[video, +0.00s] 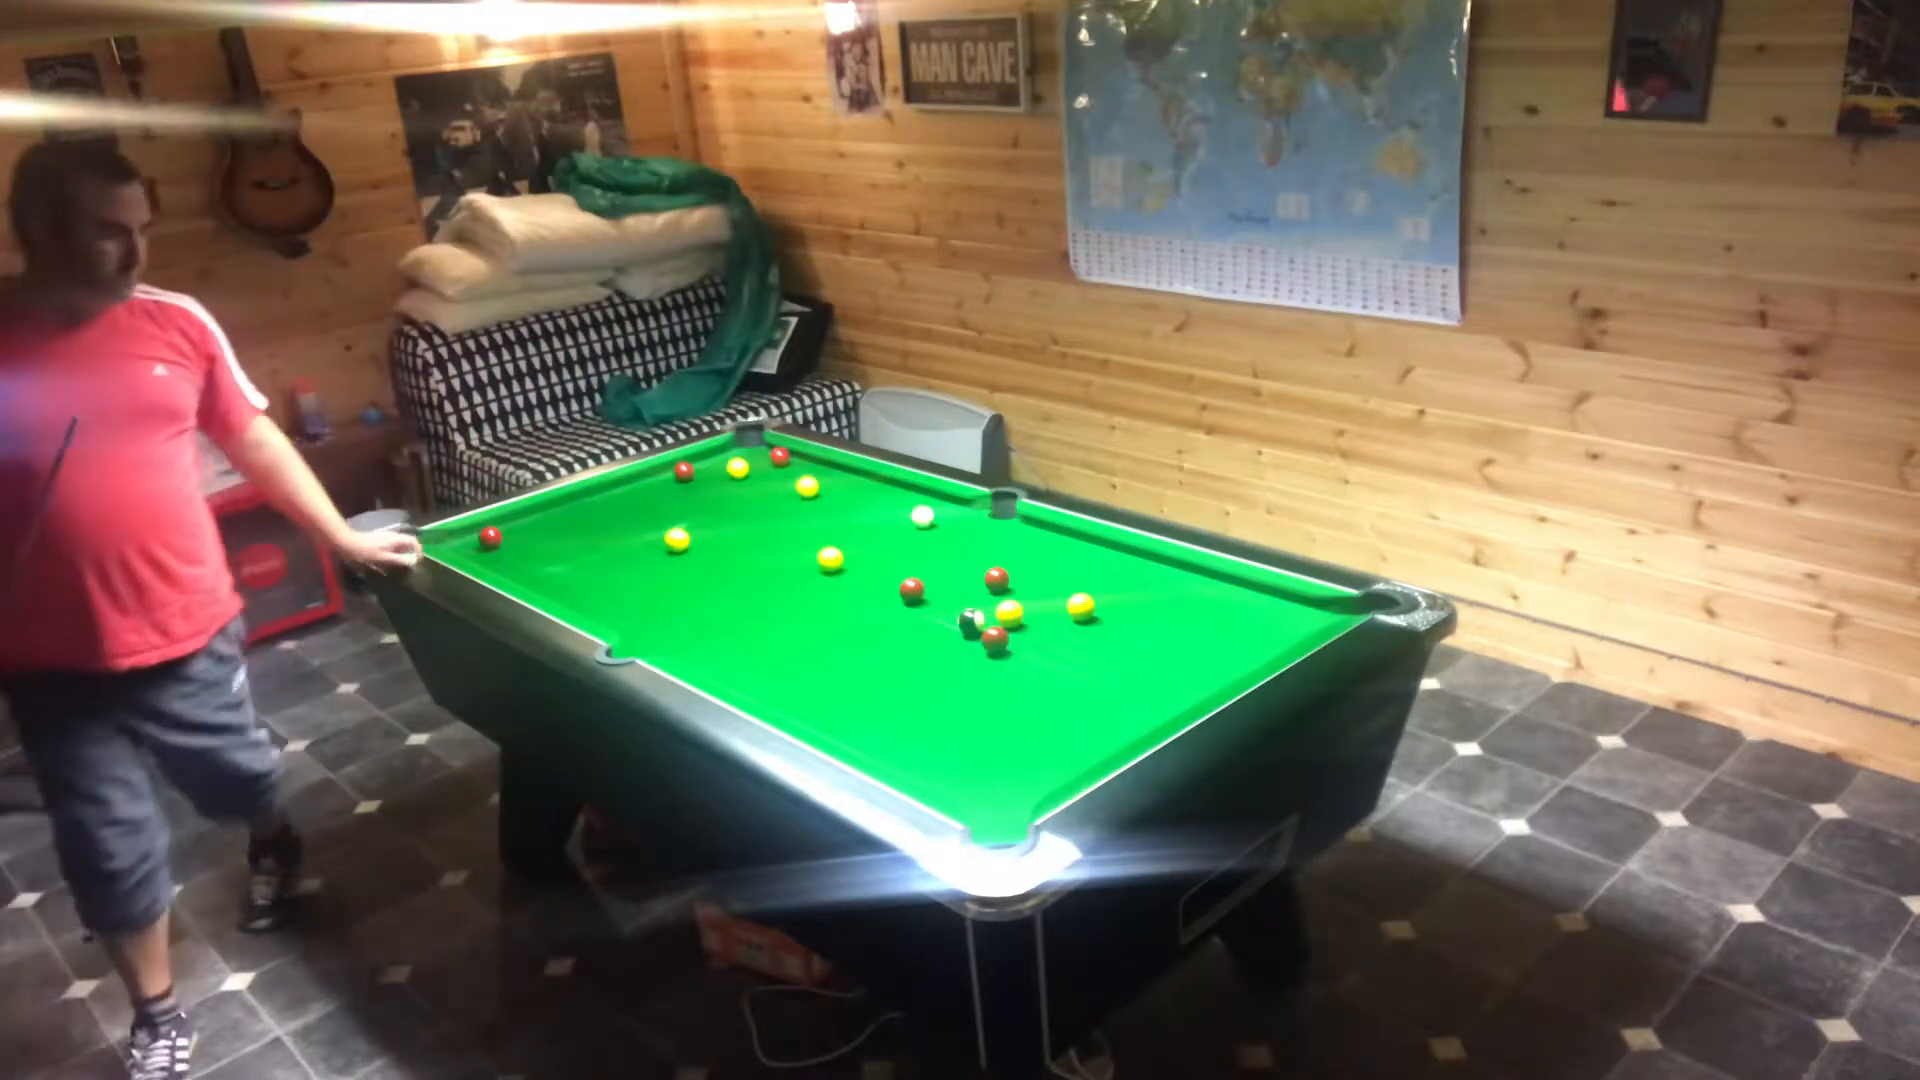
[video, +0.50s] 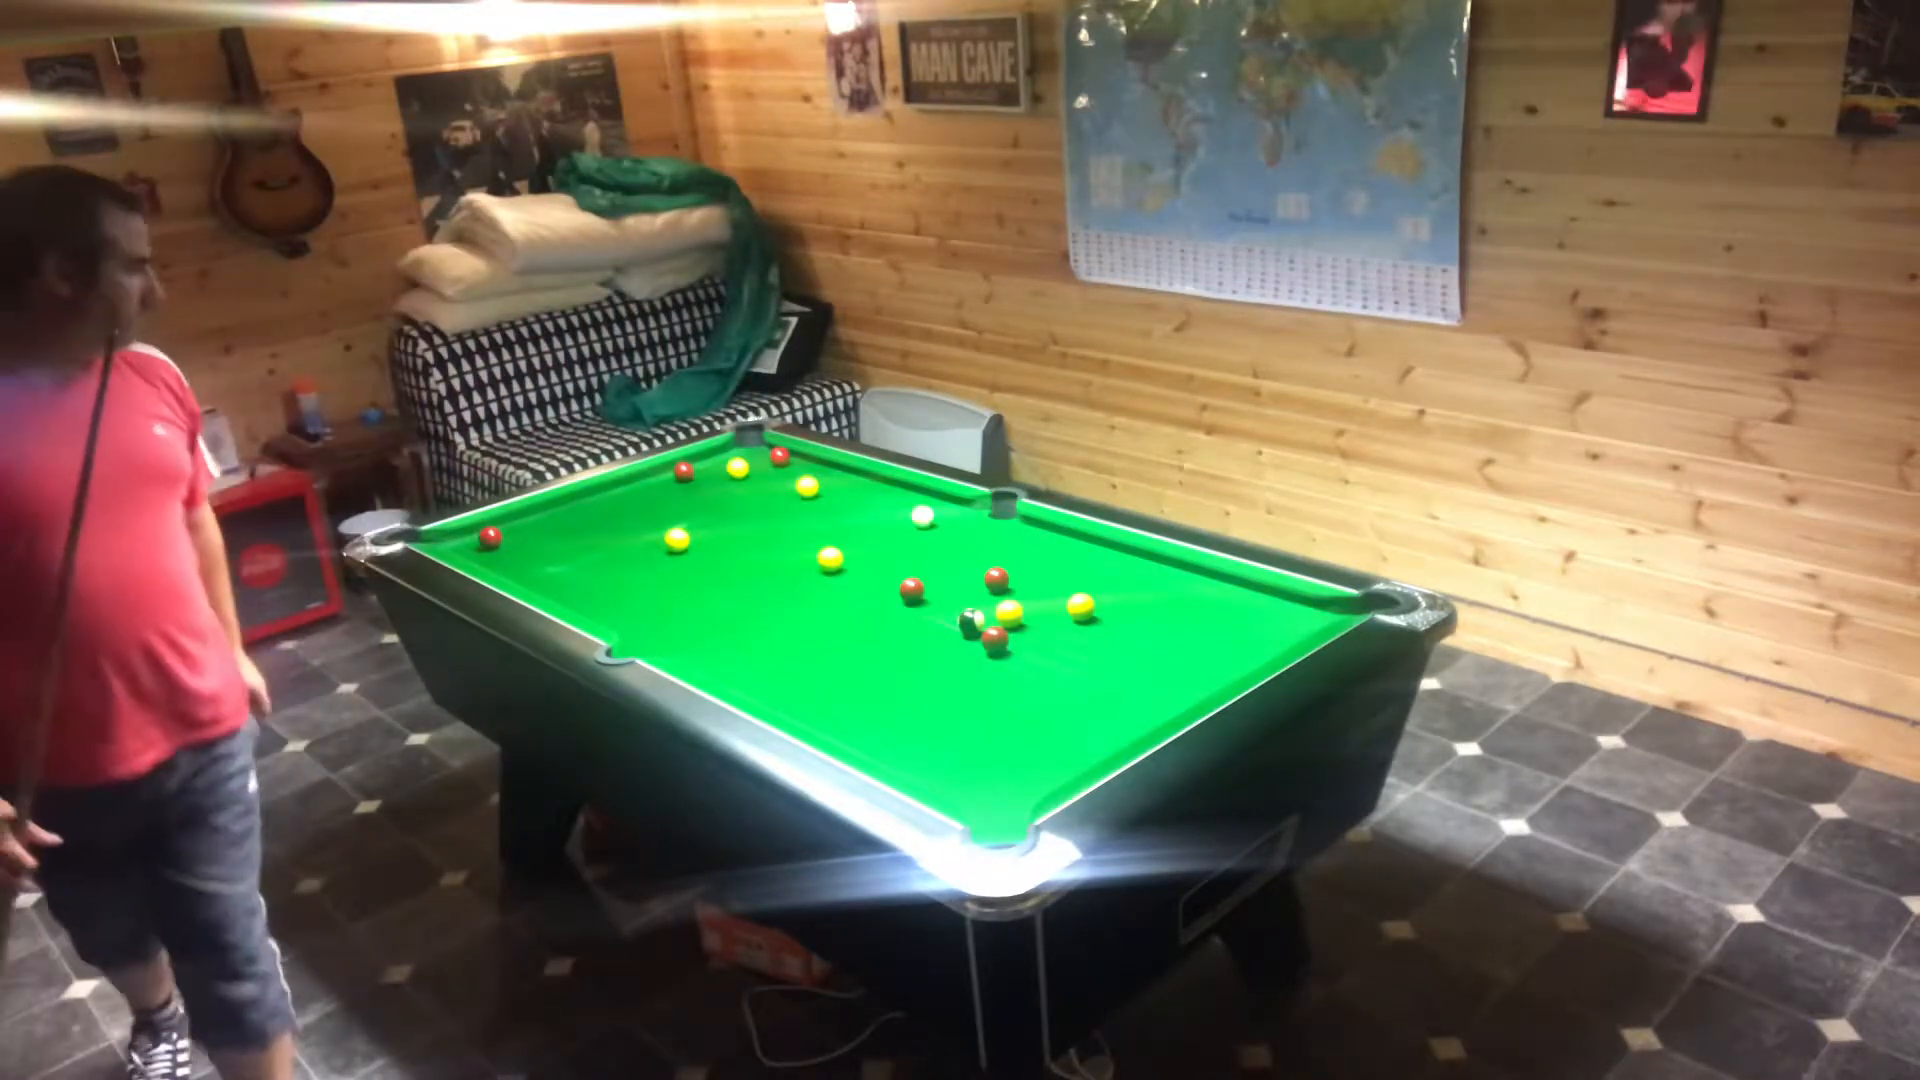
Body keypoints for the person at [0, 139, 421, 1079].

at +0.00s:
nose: (131, 252)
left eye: (140, 232)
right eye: (107, 233)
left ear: (149, 225)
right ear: (37, 232)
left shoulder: (179, 328)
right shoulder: (5, 339)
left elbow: (255, 437)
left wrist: (339, 532)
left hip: (184, 635)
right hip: (49, 655)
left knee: (237, 772)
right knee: (111, 856)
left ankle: (273, 839)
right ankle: (157, 1019)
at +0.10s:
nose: (120, 251)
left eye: (126, 232)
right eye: (96, 233)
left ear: (130, 230)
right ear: (27, 235)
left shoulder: (159, 334)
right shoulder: (2, 351)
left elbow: (234, 451)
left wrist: (319, 549)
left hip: (171, 652)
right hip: (37, 674)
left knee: (226, 819)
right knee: (100, 871)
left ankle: (255, 857)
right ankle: (158, 1020)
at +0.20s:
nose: (121, 254)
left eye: (122, 233)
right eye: (97, 237)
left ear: (120, 231)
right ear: (23, 244)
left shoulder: (144, 338)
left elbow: (208, 464)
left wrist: (281, 572)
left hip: (177, 673)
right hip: (40, 706)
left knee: (216, 849)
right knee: (104, 893)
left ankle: (242, 915)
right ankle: (159, 1018)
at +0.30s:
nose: (125, 261)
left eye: (124, 239)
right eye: (100, 244)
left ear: (120, 236)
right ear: (28, 253)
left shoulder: (138, 347)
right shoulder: (5, 376)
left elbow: (193, 479)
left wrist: (241, 600)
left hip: (177, 683)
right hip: (40, 717)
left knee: (218, 872)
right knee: (104, 902)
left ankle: (257, 1026)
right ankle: (160, 1018)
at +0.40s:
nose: (136, 273)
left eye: (135, 252)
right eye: (113, 253)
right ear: (37, 265)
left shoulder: (141, 361)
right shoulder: (3, 391)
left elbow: (188, 494)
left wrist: (224, 622)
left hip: (184, 704)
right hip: (43, 738)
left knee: (229, 926)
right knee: (111, 918)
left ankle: (275, 1072)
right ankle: (164, 1019)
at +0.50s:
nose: (155, 290)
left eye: (153, 266)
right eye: (135, 267)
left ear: (72, 278)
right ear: (56, 278)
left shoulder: (154, 380)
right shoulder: (5, 405)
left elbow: (199, 520)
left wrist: (233, 649)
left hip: (197, 737)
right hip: (54, 772)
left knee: (234, 968)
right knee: (114, 938)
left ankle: (274, 1073)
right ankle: (161, 1017)